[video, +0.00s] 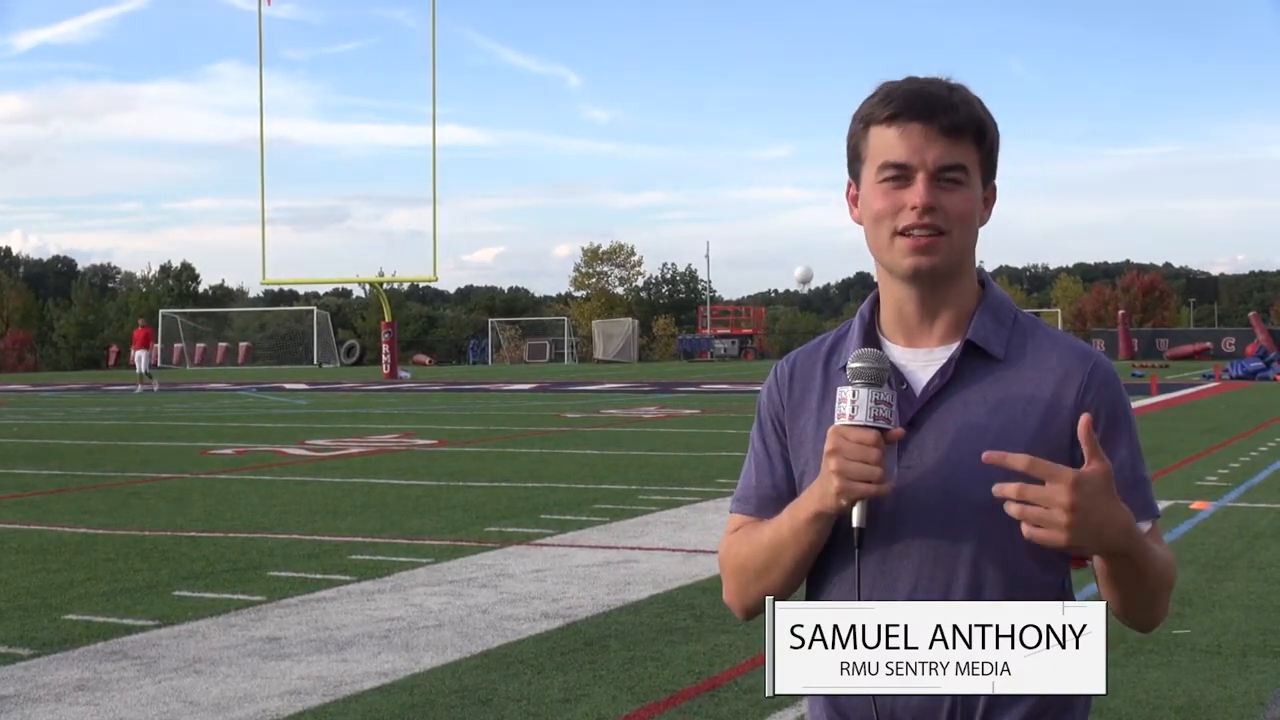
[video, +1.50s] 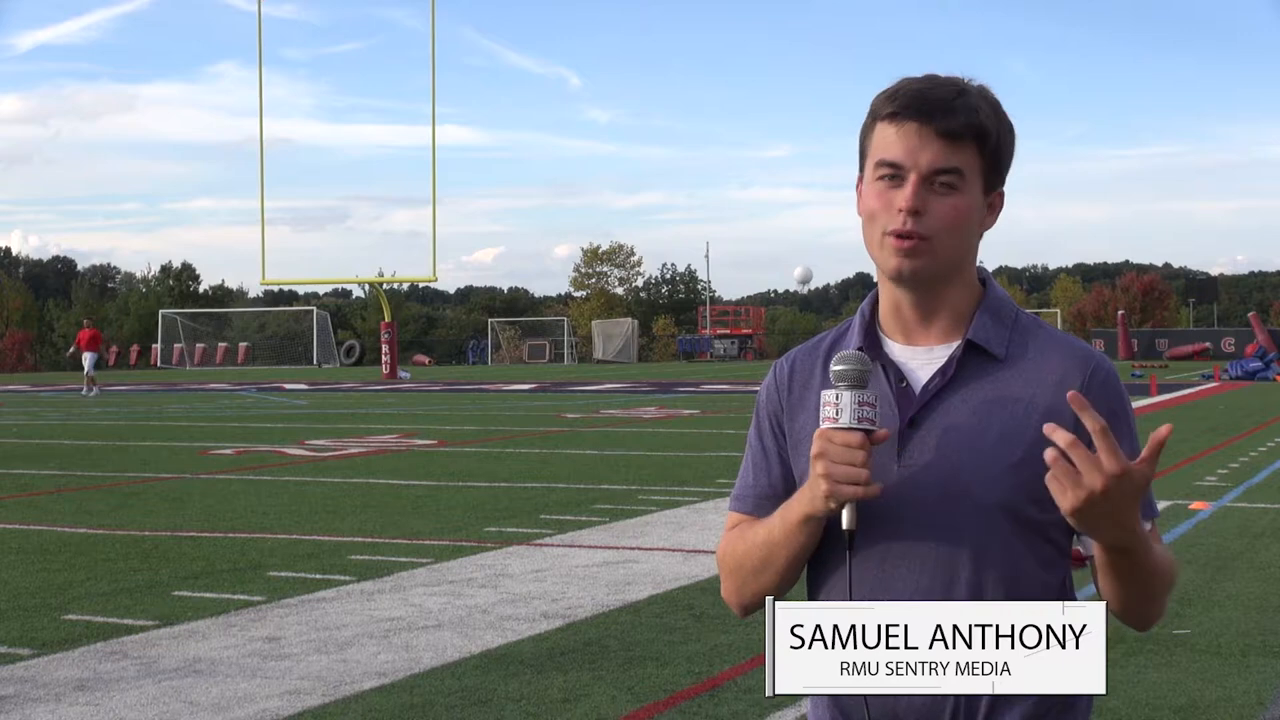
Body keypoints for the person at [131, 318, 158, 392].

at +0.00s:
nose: (141, 323)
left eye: (142, 322)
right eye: (140, 322)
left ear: (145, 323)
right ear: (138, 323)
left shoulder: (148, 330)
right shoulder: (135, 331)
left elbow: (151, 341)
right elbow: (133, 344)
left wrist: (150, 351)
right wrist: (132, 355)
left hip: (145, 351)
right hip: (137, 351)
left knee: (145, 370)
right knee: (138, 371)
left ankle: (154, 382)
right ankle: (140, 386)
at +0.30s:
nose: (129, 324)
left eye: (131, 322)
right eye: (128, 322)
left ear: (133, 323)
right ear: (127, 323)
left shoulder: (138, 332)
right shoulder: (125, 332)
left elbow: (143, 342)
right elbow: (121, 344)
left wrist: (145, 350)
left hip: (136, 351)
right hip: (128, 351)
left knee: (130, 369)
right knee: (135, 370)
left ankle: (127, 386)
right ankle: (140, 386)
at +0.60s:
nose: (120, 323)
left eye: (121, 322)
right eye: (118, 322)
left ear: (124, 322)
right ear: (117, 323)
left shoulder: (129, 331)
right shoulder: (115, 331)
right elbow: (112, 344)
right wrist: (109, 354)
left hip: (125, 351)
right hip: (116, 351)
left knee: (123, 371)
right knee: (114, 371)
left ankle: (124, 387)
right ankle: (124, 382)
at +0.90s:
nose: (107, 325)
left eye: (109, 323)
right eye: (106, 323)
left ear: (112, 323)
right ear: (105, 324)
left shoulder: (115, 332)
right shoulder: (104, 332)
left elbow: (116, 343)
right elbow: (103, 343)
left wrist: (109, 349)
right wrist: (103, 351)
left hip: (115, 353)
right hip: (106, 353)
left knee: (117, 372)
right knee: (103, 371)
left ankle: (122, 388)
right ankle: (99, 387)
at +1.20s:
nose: (95, 323)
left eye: (96, 321)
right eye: (94, 322)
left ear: (99, 322)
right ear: (93, 323)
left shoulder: (104, 331)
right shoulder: (91, 331)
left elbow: (107, 342)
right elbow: (89, 343)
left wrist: (105, 352)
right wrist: (87, 353)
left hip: (100, 352)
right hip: (92, 352)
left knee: (99, 371)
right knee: (94, 372)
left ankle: (107, 383)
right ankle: (97, 387)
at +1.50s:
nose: (86, 324)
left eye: (87, 322)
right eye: (85, 322)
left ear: (91, 323)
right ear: (83, 323)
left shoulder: (95, 332)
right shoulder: (81, 332)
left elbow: (100, 344)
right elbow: (76, 344)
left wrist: (104, 353)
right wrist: (70, 351)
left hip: (92, 353)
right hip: (84, 353)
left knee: (87, 371)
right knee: (88, 372)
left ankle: (85, 388)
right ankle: (95, 388)